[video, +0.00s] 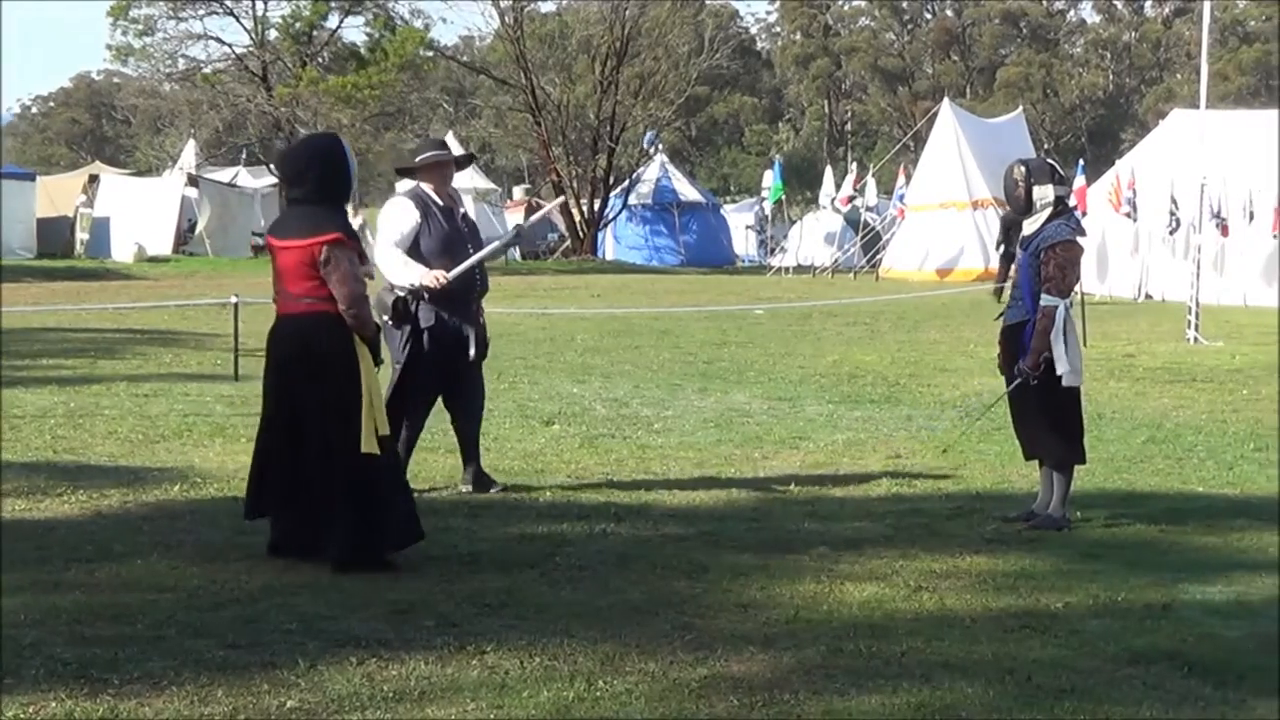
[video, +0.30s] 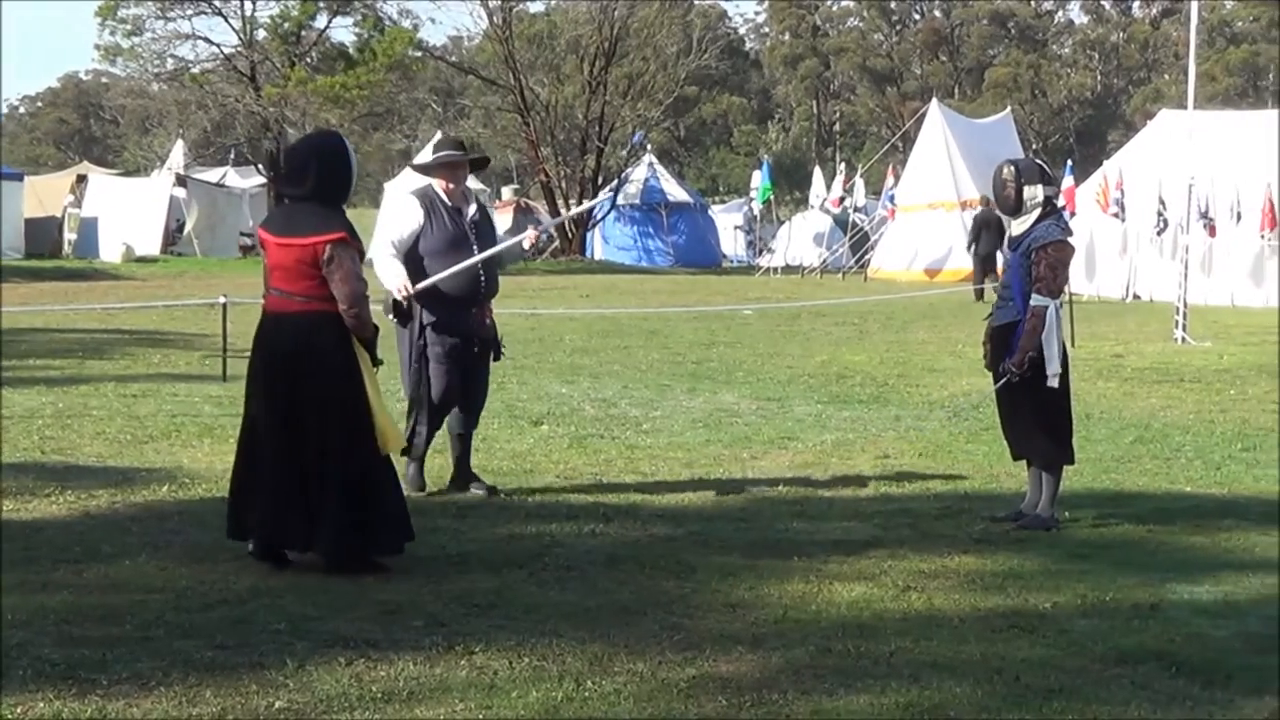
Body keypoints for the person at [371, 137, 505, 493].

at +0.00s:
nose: (447, 171)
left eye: (449, 164)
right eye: (440, 165)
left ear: (453, 167)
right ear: (423, 169)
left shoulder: (458, 205)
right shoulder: (403, 206)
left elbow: (473, 257)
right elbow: (385, 252)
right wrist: (422, 274)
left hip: (463, 316)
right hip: (424, 316)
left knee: (469, 399)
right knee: (412, 403)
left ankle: (473, 470)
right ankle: (392, 478)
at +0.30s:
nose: (454, 173)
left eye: (459, 166)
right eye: (446, 167)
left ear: (468, 168)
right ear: (433, 171)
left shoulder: (477, 207)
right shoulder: (415, 205)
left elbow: (492, 257)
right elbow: (382, 248)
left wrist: (520, 245)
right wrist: (396, 277)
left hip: (475, 312)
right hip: (433, 311)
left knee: (470, 394)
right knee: (438, 390)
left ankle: (462, 472)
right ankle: (415, 463)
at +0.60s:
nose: (458, 177)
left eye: (464, 170)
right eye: (451, 171)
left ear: (475, 171)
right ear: (437, 174)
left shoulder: (487, 206)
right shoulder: (419, 208)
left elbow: (500, 255)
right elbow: (384, 249)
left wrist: (517, 259)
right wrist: (369, 288)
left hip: (484, 315)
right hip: (440, 316)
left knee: (483, 394)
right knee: (458, 398)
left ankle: (454, 454)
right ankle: (462, 479)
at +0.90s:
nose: (457, 175)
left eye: (464, 167)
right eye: (450, 170)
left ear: (477, 168)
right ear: (440, 173)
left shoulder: (493, 203)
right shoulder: (425, 208)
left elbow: (511, 239)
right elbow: (391, 251)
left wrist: (529, 255)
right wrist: (380, 288)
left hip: (493, 315)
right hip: (449, 316)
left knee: (496, 393)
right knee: (465, 398)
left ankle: (471, 462)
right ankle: (467, 481)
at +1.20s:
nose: (483, 180)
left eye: (486, 172)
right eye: (473, 176)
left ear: (492, 170)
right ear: (456, 179)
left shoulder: (505, 206)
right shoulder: (437, 210)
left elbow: (523, 247)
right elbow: (400, 252)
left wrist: (548, 261)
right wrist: (405, 281)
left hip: (506, 319)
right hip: (460, 322)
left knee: (519, 400)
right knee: (468, 405)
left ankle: (526, 476)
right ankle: (473, 484)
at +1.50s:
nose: (490, 178)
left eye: (495, 171)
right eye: (481, 174)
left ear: (505, 171)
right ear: (469, 178)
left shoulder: (524, 211)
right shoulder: (451, 211)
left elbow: (543, 252)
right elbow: (415, 253)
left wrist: (565, 261)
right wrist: (414, 284)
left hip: (517, 322)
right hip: (467, 324)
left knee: (528, 404)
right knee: (472, 407)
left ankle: (551, 481)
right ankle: (473, 483)